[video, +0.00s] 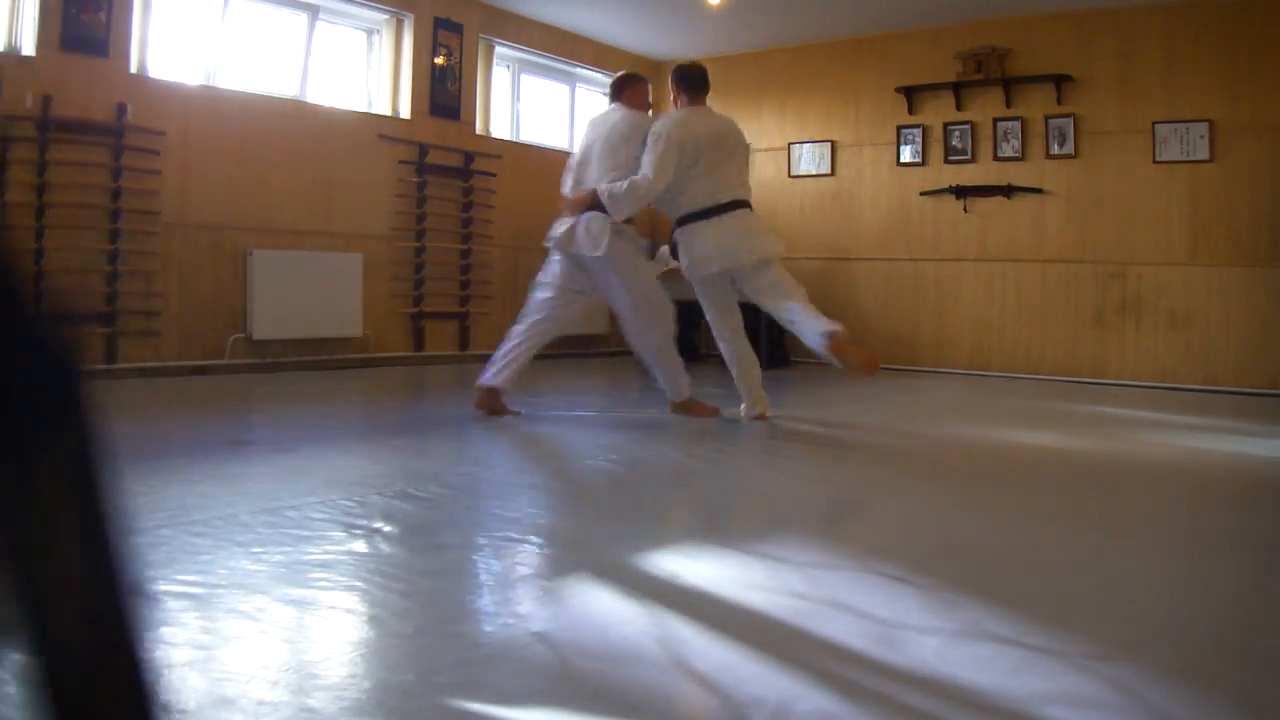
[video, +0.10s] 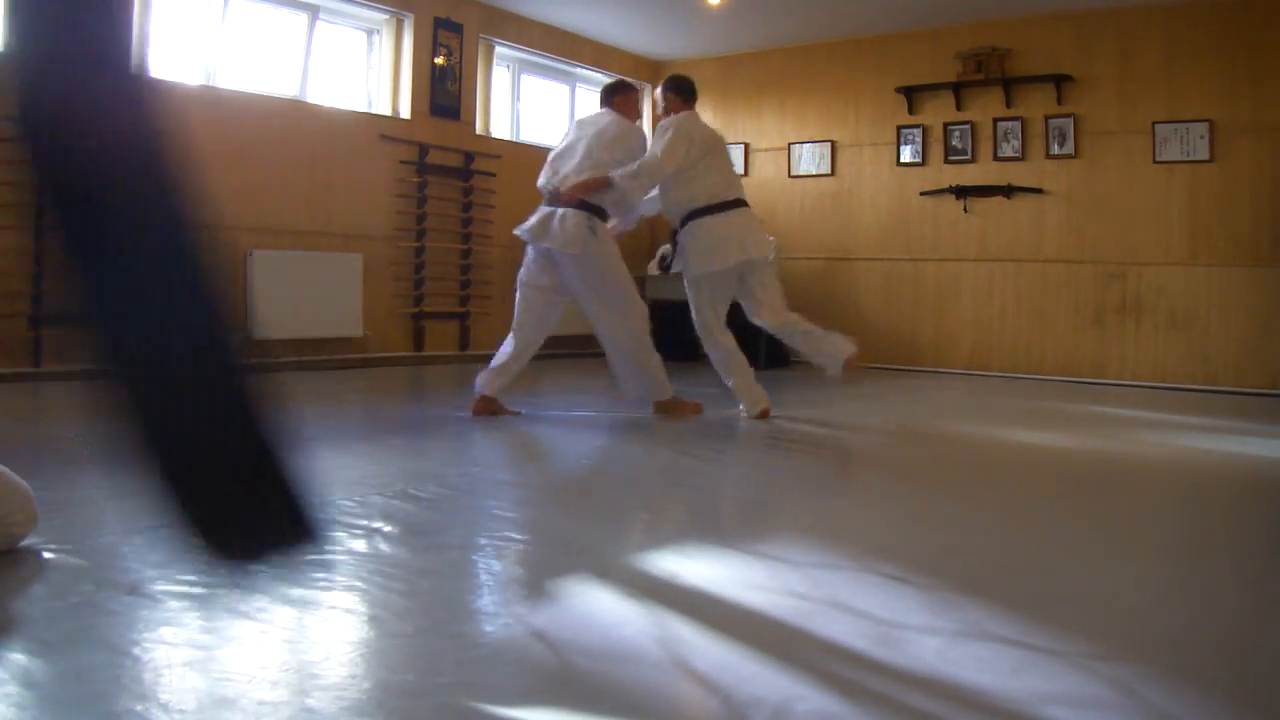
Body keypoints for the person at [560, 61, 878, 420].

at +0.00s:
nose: (668, 98)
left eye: (668, 92)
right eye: (674, 92)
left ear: (675, 92)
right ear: (707, 91)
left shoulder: (669, 128)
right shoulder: (731, 128)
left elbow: (649, 185)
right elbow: (737, 187)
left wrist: (593, 197)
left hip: (699, 239)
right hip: (743, 228)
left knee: (727, 330)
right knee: (786, 299)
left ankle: (755, 405)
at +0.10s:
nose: (657, 107)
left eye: (659, 100)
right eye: (658, 100)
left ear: (670, 99)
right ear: (692, 100)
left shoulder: (676, 127)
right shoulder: (710, 134)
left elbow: (653, 166)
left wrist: (600, 182)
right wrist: (627, 217)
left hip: (706, 236)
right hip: (745, 227)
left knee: (710, 326)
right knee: (769, 312)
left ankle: (754, 401)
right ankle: (838, 351)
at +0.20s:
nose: (635, 113)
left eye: (639, 105)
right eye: (634, 106)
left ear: (655, 102)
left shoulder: (671, 117)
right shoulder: (654, 161)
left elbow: (686, 140)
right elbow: (629, 208)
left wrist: (634, 162)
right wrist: (595, 225)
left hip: (718, 225)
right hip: (700, 235)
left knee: (712, 321)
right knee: (719, 317)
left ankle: (758, 394)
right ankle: (758, 391)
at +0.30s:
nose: (623, 118)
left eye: (626, 109)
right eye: (617, 113)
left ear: (635, 107)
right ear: (613, 112)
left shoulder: (660, 118)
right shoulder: (627, 161)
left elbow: (706, 139)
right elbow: (620, 219)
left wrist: (672, 152)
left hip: (712, 223)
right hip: (683, 235)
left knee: (712, 316)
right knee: (665, 302)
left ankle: (762, 391)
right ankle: (654, 367)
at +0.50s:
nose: (585, 121)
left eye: (589, 112)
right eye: (583, 115)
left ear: (606, 108)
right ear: (584, 116)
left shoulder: (649, 136)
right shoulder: (596, 147)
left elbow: (685, 161)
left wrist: (716, 179)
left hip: (673, 247)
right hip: (630, 247)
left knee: (694, 326)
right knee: (610, 315)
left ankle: (745, 392)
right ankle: (601, 394)